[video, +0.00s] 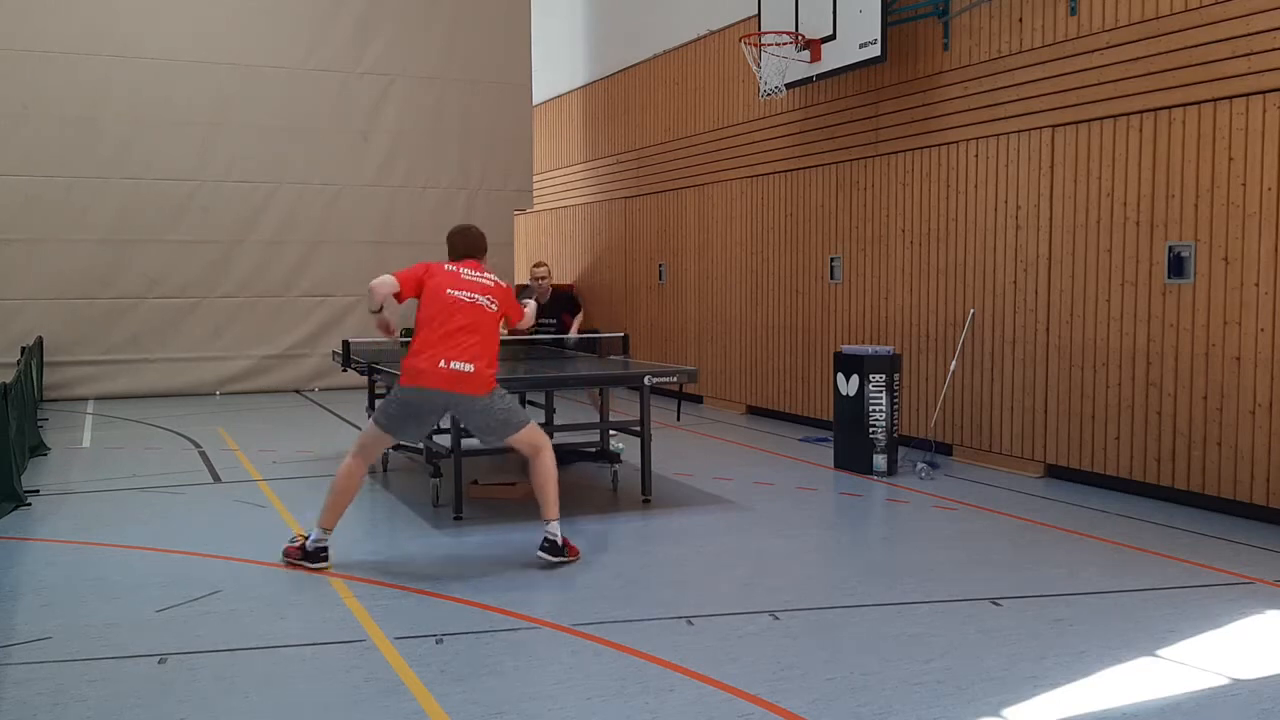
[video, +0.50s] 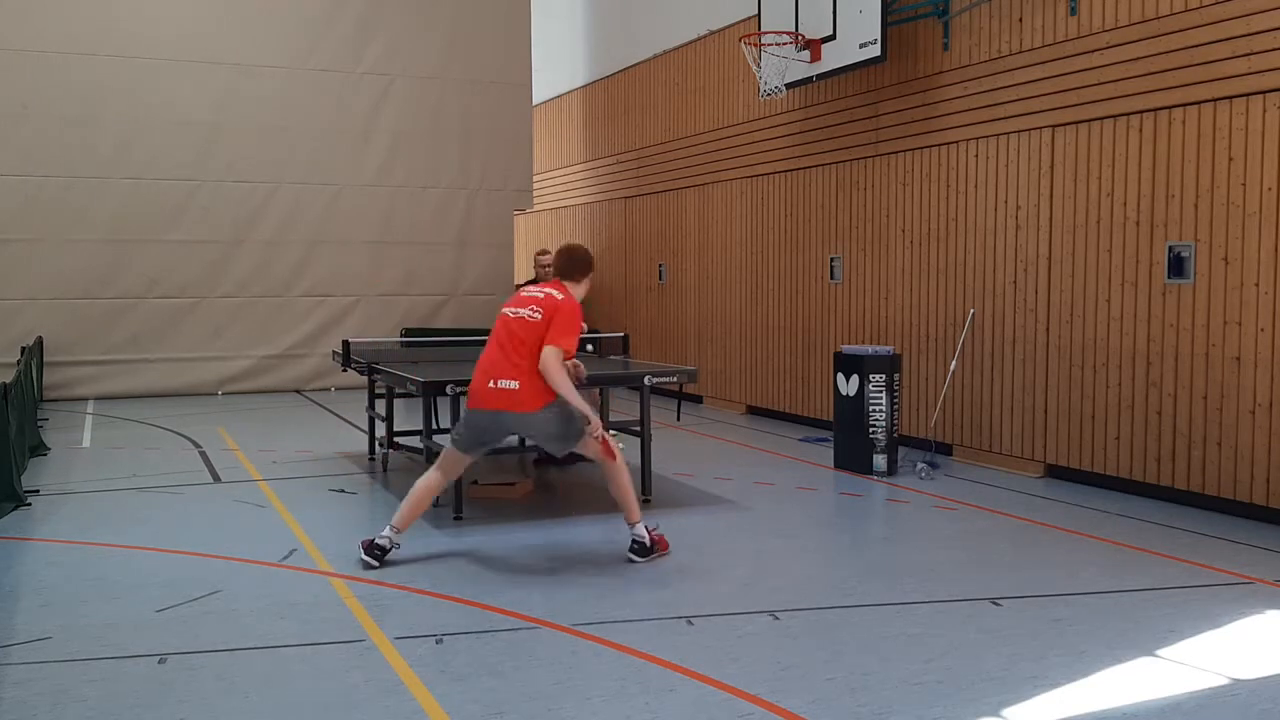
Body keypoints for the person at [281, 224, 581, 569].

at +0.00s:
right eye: (482, 252)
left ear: (449, 253)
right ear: (484, 256)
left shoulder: (431, 271)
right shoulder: (499, 287)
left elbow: (379, 287)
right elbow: (521, 324)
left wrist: (382, 316)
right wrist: (532, 306)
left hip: (420, 382)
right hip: (477, 388)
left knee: (361, 456)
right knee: (539, 446)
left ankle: (317, 541)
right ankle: (553, 536)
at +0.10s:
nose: (487, 251)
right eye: (489, 245)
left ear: (454, 247)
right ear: (488, 249)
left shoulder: (431, 270)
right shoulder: (503, 284)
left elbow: (385, 300)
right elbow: (536, 328)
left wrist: (387, 323)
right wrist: (535, 305)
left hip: (433, 386)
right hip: (490, 386)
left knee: (365, 449)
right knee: (544, 448)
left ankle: (344, 545)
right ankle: (575, 529)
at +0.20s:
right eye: (501, 257)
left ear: (465, 255)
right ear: (501, 258)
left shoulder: (445, 283)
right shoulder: (515, 292)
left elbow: (397, 320)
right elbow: (552, 344)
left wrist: (414, 341)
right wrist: (560, 326)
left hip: (444, 401)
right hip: (503, 406)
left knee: (370, 451)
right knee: (551, 467)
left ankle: (339, 544)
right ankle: (593, 536)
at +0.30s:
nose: (524, 259)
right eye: (526, 253)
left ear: (490, 251)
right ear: (523, 255)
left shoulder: (463, 278)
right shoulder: (536, 290)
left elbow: (415, 320)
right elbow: (562, 355)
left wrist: (441, 328)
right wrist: (584, 359)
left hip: (460, 396)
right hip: (517, 398)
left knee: (394, 459)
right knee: (572, 454)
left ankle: (346, 544)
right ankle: (602, 528)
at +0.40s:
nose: (559, 264)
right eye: (560, 258)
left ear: (522, 252)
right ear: (556, 257)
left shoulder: (489, 278)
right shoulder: (556, 291)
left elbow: (455, 328)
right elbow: (559, 357)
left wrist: (492, 342)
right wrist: (589, 391)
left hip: (471, 386)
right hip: (523, 387)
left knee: (416, 457)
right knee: (589, 447)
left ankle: (371, 535)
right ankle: (626, 531)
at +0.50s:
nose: (588, 286)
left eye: (586, 280)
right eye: (589, 280)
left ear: (554, 270)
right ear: (585, 278)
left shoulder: (521, 294)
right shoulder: (566, 305)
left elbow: (513, 347)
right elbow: (550, 363)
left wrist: (561, 362)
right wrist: (586, 412)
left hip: (484, 405)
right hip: (535, 409)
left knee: (441, 472)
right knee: (609, 452)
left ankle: (385, 540)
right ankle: (641, 535)